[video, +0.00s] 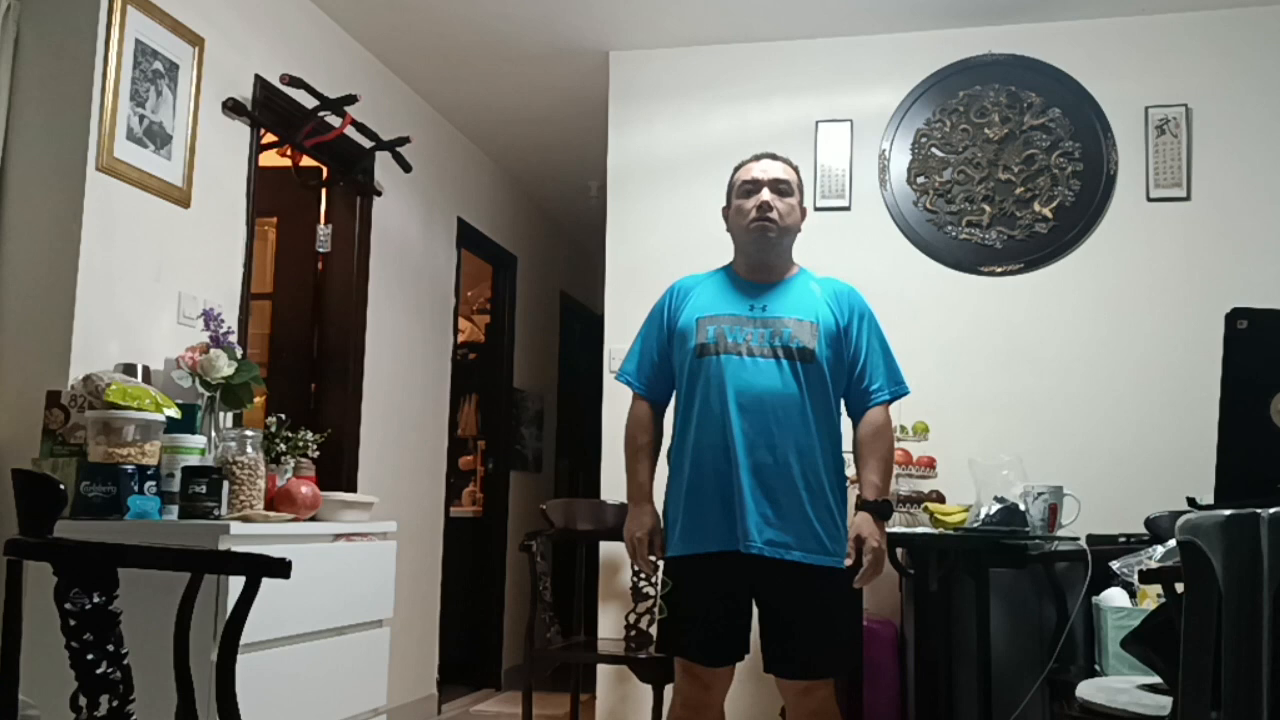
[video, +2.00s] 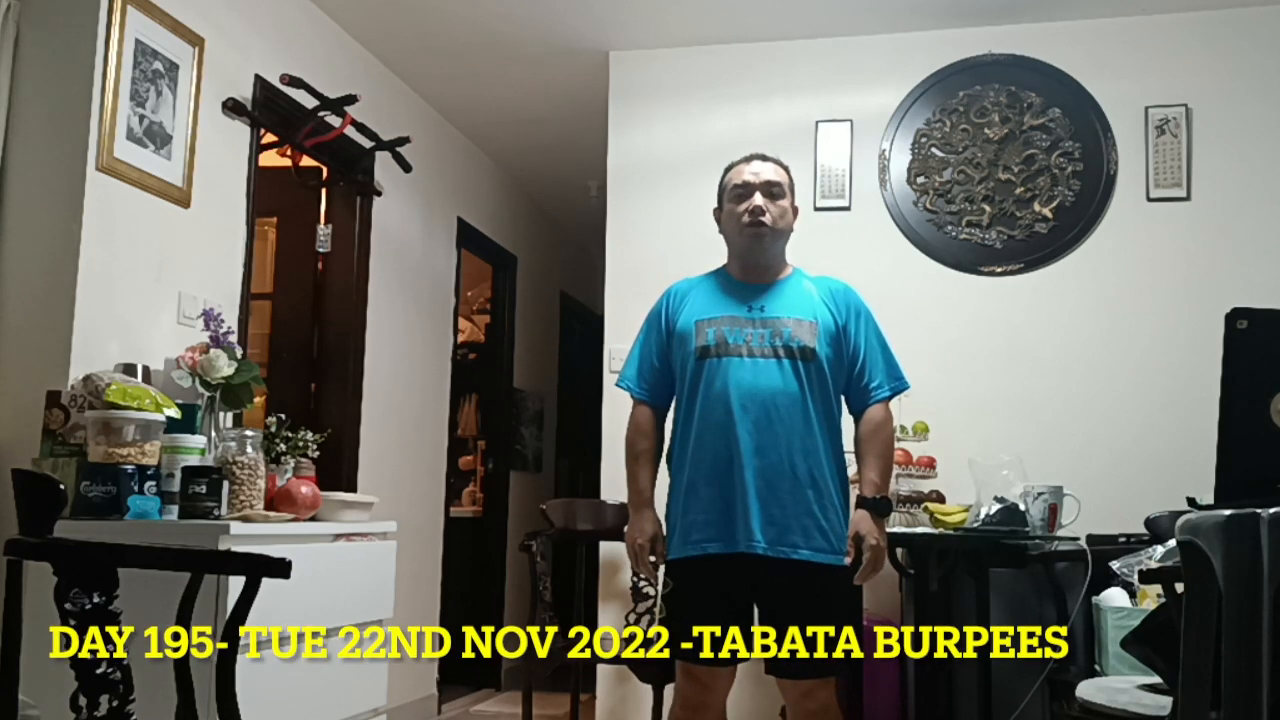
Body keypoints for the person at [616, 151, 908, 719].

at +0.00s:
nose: (764, 198)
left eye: (781, 190)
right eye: (748, 189)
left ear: (802, 215)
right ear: (727, 215)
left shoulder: (840, 303)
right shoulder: (684, 298)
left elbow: (874, 409)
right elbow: (645, 404)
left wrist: (872, 509)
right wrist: (640, 502)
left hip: (808, 537)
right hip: (702, 531)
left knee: (811, 693)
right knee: (699, 685)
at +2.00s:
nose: (757, 200)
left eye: (773, 192)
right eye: (741, 193)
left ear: (794, 216)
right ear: (719, 218)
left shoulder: (837, 302)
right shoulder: (681, 301)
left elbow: (875, 407)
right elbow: (645, 409)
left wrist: (871, 507)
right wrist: (641, 509)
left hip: (811, 541)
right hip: (704, 537)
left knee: (814, 699)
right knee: (698, 692)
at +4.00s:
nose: (760, 199)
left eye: (776, 190)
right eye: (743, 191)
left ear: (795, 215)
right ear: (719, 215)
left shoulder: (838, 303)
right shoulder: (681, 302)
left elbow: (874, 411)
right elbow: (647, 410)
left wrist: (870, 511)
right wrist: (643, 510)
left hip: (810, 544)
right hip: (705, 540)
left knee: (814, 701)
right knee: (698, 694)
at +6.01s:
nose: (874, 189)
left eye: (885, 175)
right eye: (856, 166)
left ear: (893, 188)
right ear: (804, 173)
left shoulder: (907, 294)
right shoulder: (731, 269)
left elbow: (964, 397)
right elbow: (683, 387)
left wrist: (994, 480)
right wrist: (674, 488)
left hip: (853, 550)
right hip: (736, 535)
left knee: (851, 709)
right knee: (694, 696)